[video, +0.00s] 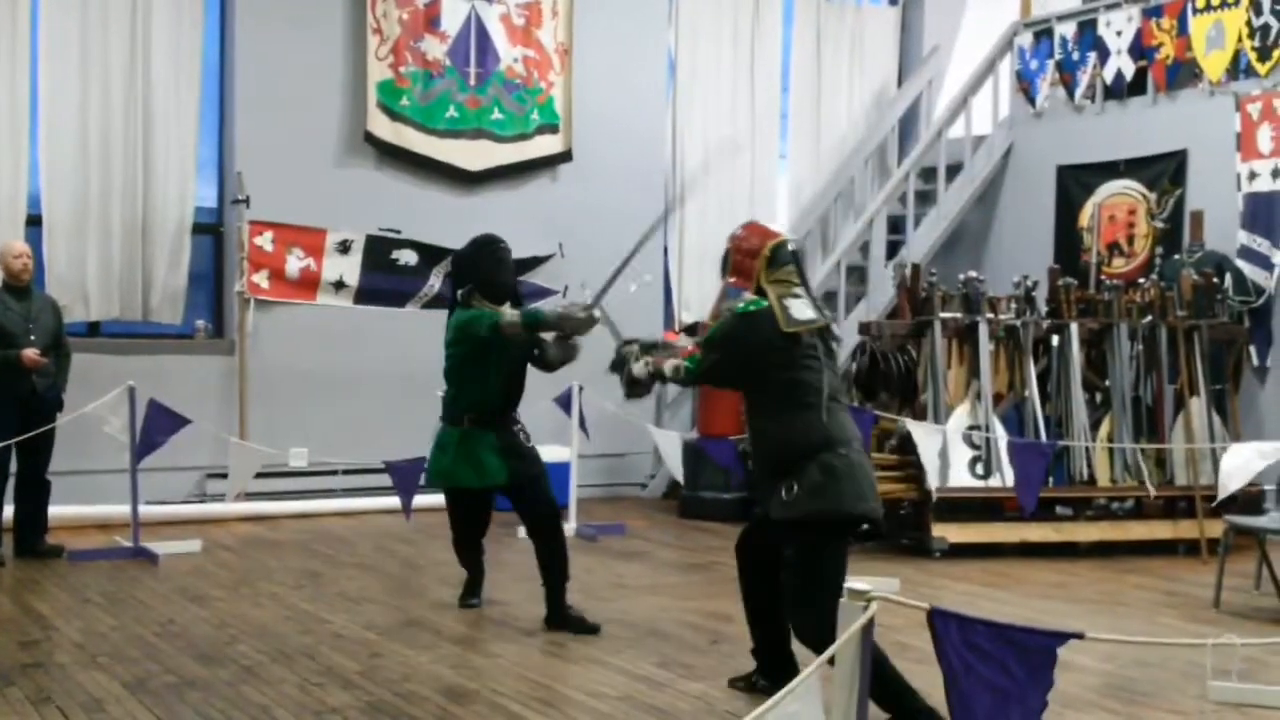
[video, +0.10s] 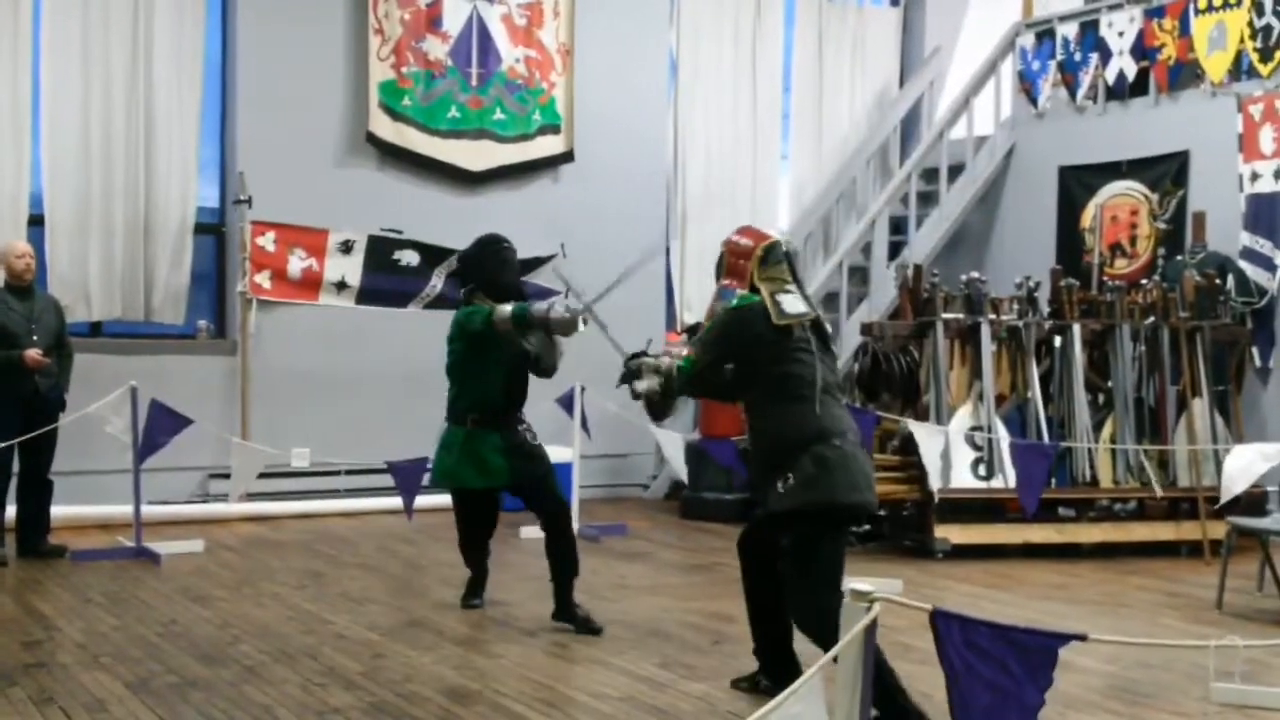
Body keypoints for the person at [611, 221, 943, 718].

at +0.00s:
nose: (728, 274)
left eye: (732, 265)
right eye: (729, 265)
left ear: (747, 268)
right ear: (779, 267)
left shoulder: (754, 321)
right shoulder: (805, 315)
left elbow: (707, 370)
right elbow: (739, 359)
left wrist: (667, 367)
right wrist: (691, 349)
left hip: (817, 488)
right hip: (838, 482)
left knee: (814, 621)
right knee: (754, 549)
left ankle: (917, 711)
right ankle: (774, 671)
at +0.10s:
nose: (722, 280)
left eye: (725, 271)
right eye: (723, 271)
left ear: (741, 273)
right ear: (779, 271)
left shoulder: (742, 315)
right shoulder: (806, 316)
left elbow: (691, 375)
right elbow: (748, 384)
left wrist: (661, 378)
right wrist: (686, 374)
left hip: (810, 480)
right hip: (845, 475)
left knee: (814, 607)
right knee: (756, 546)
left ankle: (900, 708)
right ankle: (776, 670)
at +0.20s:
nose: (730, 268)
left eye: (736, 260)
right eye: (732, 259)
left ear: (751, 266)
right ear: (786, 267)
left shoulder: (745, 310)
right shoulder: (808, 314)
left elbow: (696, 378)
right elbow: (747, 388)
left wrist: (666, 381)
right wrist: (684, 378)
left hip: (800, 475)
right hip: (836, 469)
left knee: (800, 597)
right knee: (750, 543)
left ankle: (878, 702)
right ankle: (773, 670)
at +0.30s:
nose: (748, 258)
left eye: (754, 251)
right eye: (753, 249)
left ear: (764, 261)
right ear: (797, 263)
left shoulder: (755, 309)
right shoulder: (816, 316)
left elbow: (701, 379)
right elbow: (765, 402)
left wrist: (674, 389)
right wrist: (687, 387)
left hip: (798, 476)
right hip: (829, 471)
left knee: (787, 597)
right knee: (744, 547)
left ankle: (873, 700)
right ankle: (772, 672)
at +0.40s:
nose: (759, 270)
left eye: (764, 261)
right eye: (761, 261)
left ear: (780, 259)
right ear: (811, 262)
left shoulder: (784, 307)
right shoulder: (828, 316)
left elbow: (722, 371)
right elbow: (767, 401)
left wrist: (681, 364)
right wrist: (697, 370)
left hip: (804, 480)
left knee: (778, 597)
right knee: (743, 553)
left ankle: (867, 702)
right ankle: (773, 674)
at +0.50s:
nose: (776, 257)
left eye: (783, 248)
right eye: (779, 248)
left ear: (800, 253)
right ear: (817, 255)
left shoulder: (807, 312)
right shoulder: (812, 308)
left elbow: (738, 367)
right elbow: (751, 347)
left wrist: (679, 358)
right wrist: (697, 334)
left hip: (808, 480)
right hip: (796, 474)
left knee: (770, 587)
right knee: (741, 554)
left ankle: (820, 681)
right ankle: (771, 670)